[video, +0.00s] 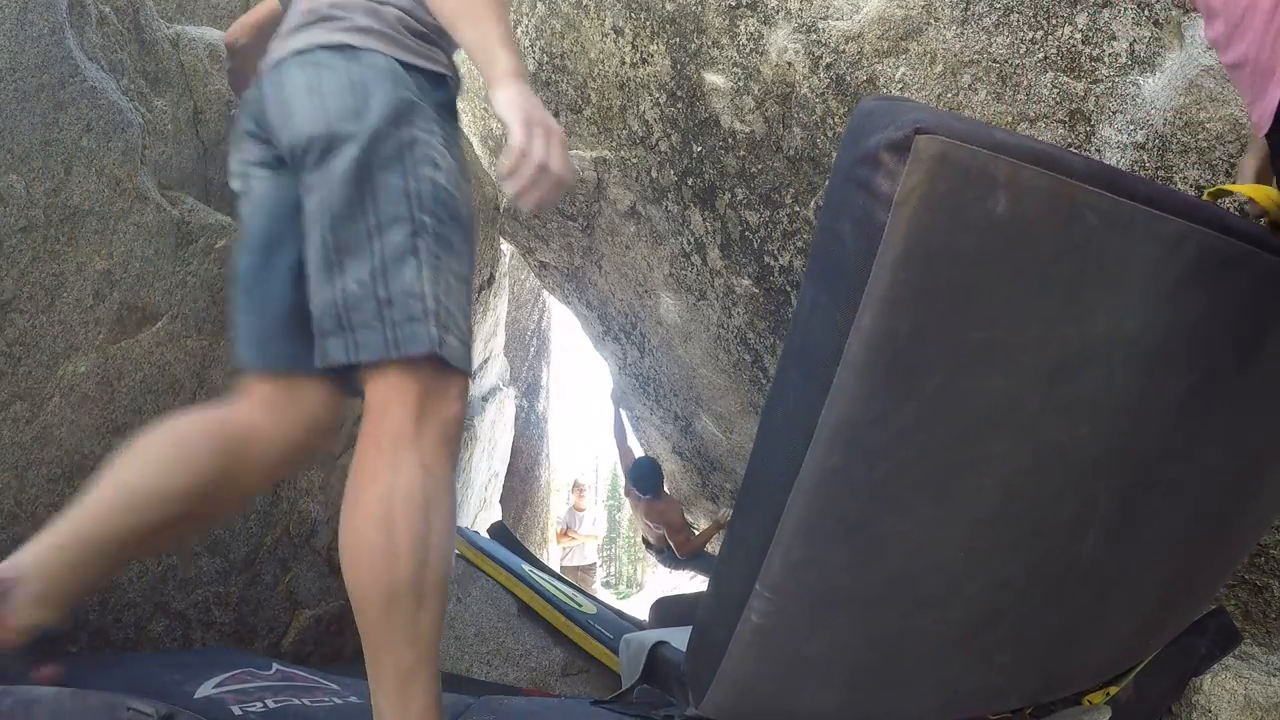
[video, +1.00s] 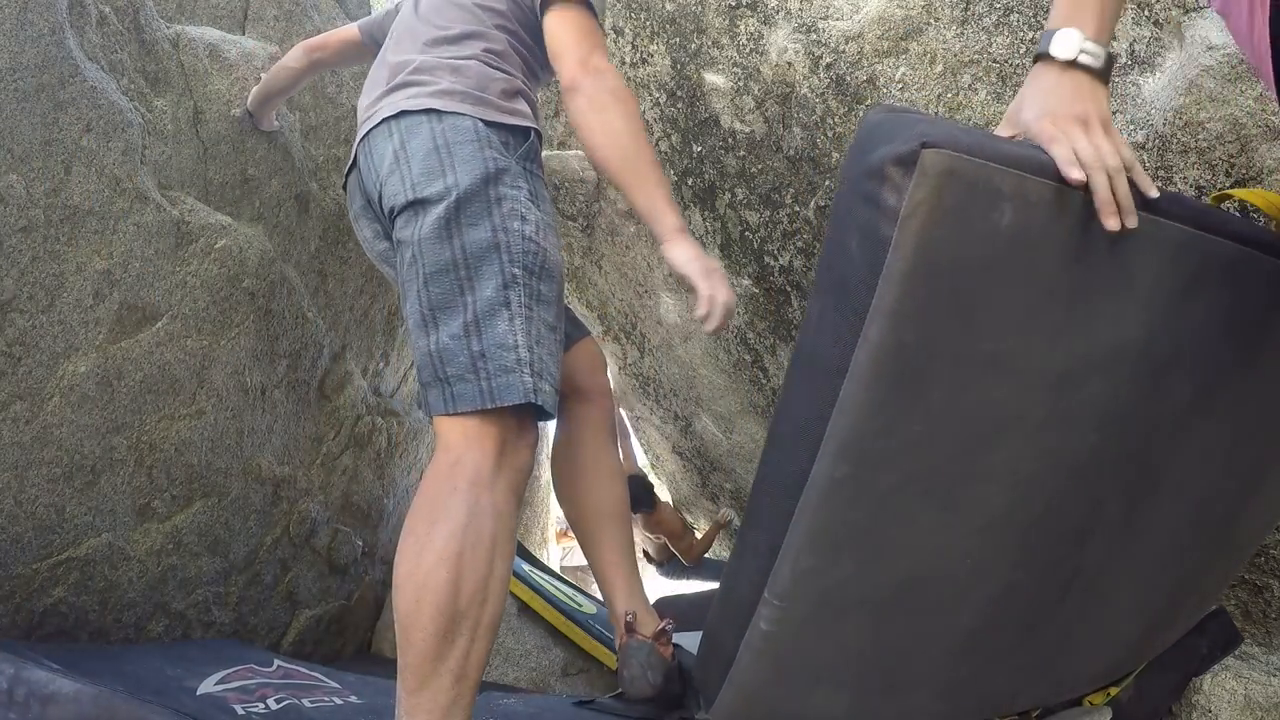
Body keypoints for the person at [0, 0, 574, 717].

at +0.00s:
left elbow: (246, 35)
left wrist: (258, 27)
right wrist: (509, 78)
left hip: (276, 77)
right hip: (374, 66)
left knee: (292, 403)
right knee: (417, 398)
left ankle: (23, 595)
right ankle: (409, 708)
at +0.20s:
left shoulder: (362, 7)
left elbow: (265, 51)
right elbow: (529, 19)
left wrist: (259, 90)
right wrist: (613, 189)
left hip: (346, 148)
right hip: (423, 123)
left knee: (548, 395)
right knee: (434, 444)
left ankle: (397, 583)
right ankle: (409, 705)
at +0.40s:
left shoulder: (401, 6)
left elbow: (290, 49)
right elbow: (550, 31)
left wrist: (261, 104)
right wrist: (629, 200)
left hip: (382, 150)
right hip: (452, 134)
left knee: (610, 358)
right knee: (461, 444)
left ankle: (631, 613)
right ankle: (420, 709)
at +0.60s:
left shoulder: (409, 8)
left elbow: (298, 52)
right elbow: (556, 50)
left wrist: (259, 106)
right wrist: (637, 213)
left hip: (388, 163)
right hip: (465, 142)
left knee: (598, 371)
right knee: (484, 441)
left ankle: (643, 628)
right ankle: (427, 707)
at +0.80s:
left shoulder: (412, 11)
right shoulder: (545, 3)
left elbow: (301, 52)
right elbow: (566, 74)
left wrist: (258, 106)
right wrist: (642, 234)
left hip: (380, 167)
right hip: (461, 141)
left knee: (589, 371)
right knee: (482, 439)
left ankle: (647, 631)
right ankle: (427, 708)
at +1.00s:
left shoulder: (416, 10)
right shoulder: (547, 3)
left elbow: (309, 50)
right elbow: (586, 78)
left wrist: (260, 102)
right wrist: (675, 234)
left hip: (373, 170)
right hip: (457, 142)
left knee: (581, 373)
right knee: (484, 439)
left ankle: (638, 634)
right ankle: (429, 709)